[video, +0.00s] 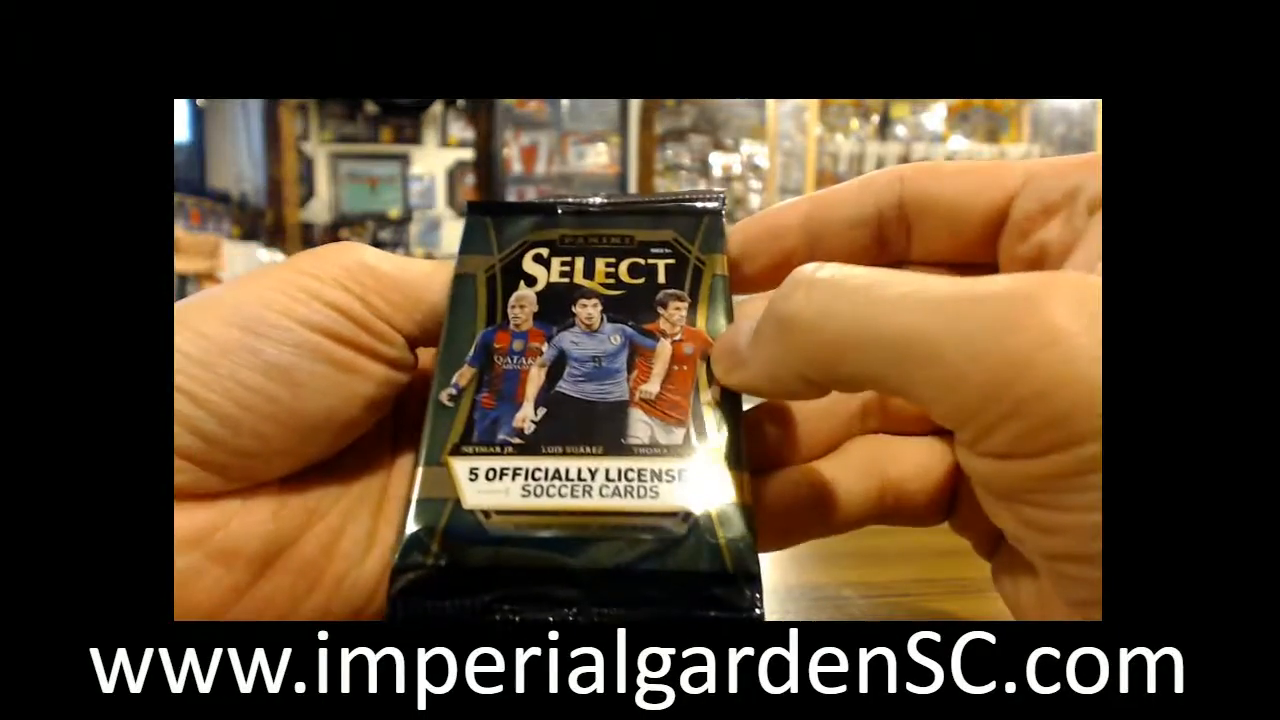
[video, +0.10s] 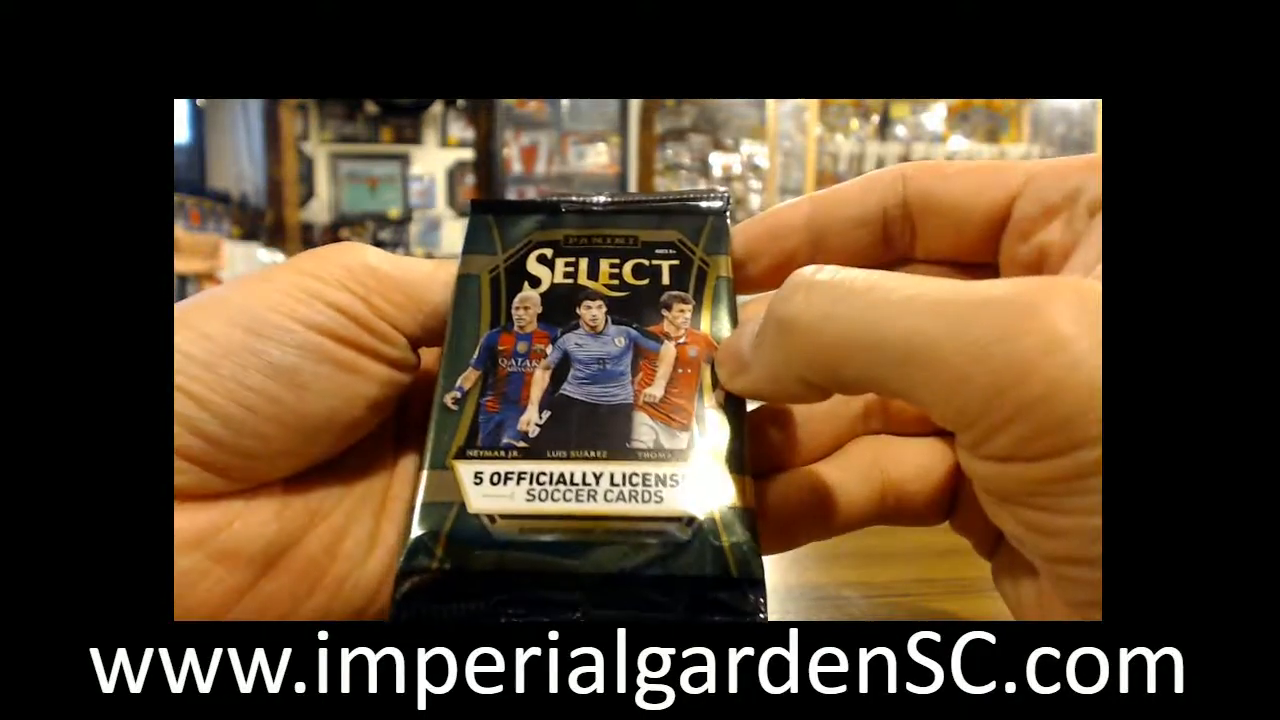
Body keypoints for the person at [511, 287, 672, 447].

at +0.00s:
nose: (590, 311)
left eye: (594, 306)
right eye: (583, 306)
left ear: (601, 308)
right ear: (574, 309)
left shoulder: (621, 331)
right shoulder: (564, 337)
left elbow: (663, 346)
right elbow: (539, 367)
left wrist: (654, 381)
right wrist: (528, 405)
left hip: (612, 404)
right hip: (569, 402)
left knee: (612, 462)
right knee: (534, 447)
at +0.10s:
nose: (594, 313)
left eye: (599, 308)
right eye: (588, 308)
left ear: (605, 309)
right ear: (579, 312)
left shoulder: (626, 333)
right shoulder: (568, 339)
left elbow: (667, 348)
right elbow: (544, 370)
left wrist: (659, 384)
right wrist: (532, 408)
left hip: (617, 406)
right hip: (576, 404)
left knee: (616, 464)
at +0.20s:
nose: (595, 317)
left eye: (600, 311)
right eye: (589, 312)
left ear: (607, 313)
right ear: (580, 315)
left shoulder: (626, 336)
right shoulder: (569, 342)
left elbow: (668, 351)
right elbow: (545, 373)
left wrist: (660, 386)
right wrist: (533, 410)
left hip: (618, 409)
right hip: (576, 407)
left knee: (618, 466)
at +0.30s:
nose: (595, 319)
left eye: (600, 314)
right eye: (589, 314)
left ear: (606, 315)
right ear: (579, 317)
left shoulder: (626, 338)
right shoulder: (568, 345)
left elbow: (667, 353)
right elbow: (545, 375)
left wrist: (659, 388)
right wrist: (533, 412)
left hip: (617, 412)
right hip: (579, 411)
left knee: (617, 469)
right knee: (575, 467)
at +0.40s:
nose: (595, 316)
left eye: (600, 311)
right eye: (589, 311)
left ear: (607, 313)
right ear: (580, 314)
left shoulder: (626, 338)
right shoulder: (569, 341)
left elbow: (663, 354)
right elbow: (544, 373)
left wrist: (658, 390)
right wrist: (534, 411)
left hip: (616, 409)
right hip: (576, 406)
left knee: (613, 467)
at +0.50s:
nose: (594, 309)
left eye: (599, 303)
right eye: (588, 303)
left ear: (606, 306)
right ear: (578, 307)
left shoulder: (626, 334)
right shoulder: (567, 339)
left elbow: (666, 348)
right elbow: (545, 371)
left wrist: (658, 390)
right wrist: (534, 413)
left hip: (617, 414)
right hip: (576, 412)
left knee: (616, 476)